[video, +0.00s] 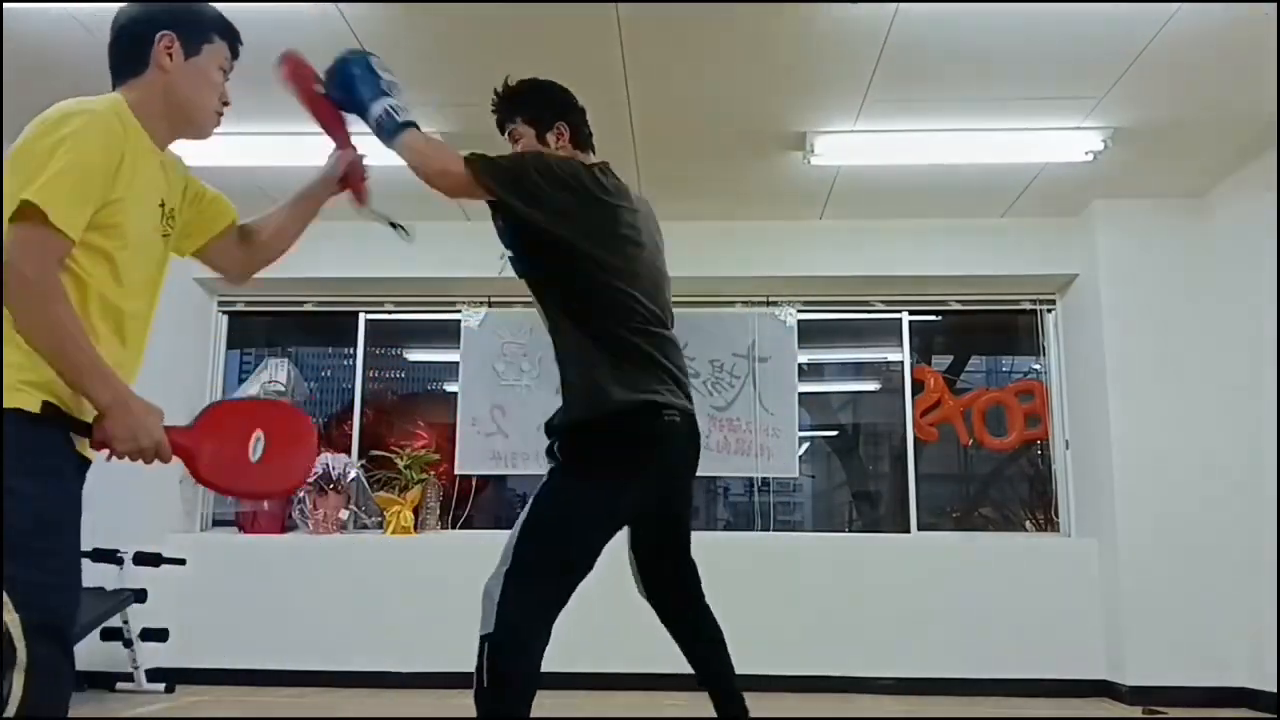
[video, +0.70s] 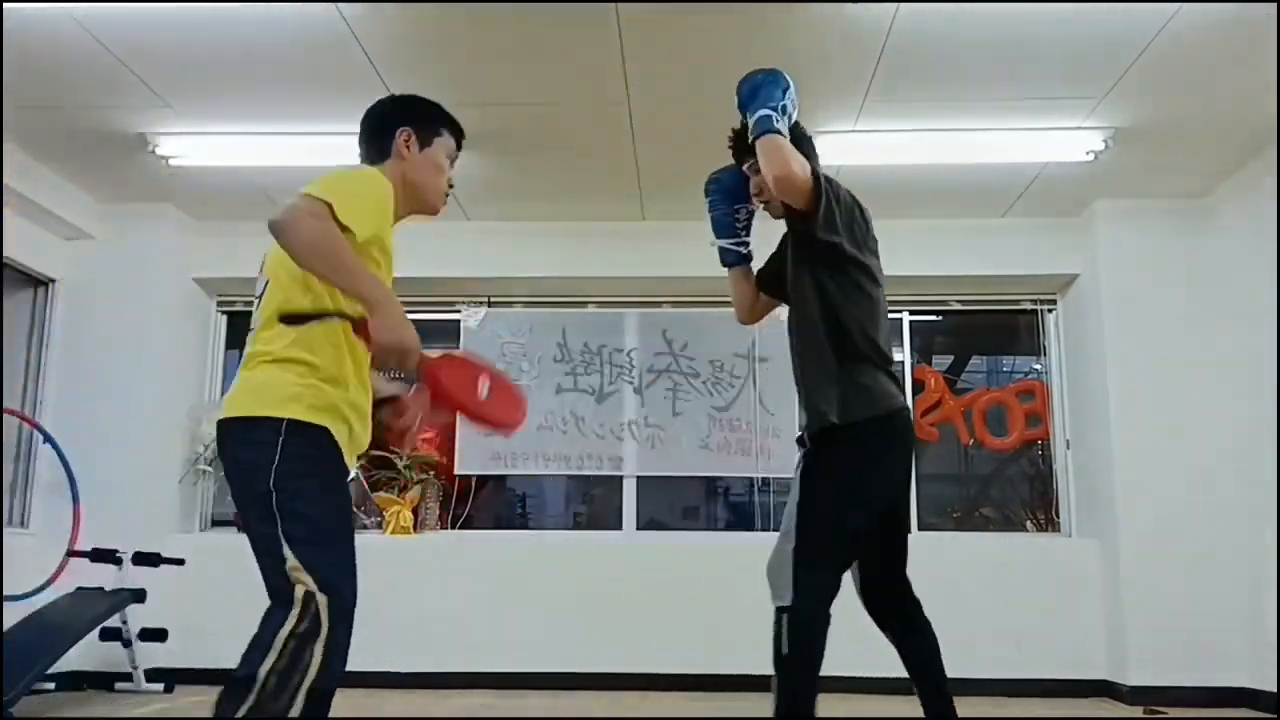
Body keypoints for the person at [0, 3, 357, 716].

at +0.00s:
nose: (228, 94)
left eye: (232, 78)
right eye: (221, 70)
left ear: (169, 61)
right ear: (167, 53)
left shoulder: (168, 179)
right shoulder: (89, 129)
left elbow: (240, 255)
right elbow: (25, 272)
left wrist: (322, 188)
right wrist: (114, 398)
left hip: (56, 432)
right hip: (20, 423)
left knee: (42, 654)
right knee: (34, 657)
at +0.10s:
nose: (262, 113)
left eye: (264, 94)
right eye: (256, 87)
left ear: (208, 76)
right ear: (205, 69)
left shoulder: (173, 188)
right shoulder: (131, 143)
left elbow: (134, 302)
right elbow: (73, 296)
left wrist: (228, 307)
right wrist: (147, 434)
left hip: (73, 432)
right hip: (37, 424)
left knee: (76, 634)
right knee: (72, 634)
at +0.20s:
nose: (280, 156)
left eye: (283, 137)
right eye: (279, 131)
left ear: (221, 115)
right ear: (238, 110)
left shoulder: (107, 176)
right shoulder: (220, 167)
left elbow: (14, 269)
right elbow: (226, 274)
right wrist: (345, 380)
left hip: (35, 419)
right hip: (91, 427)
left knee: (100, 616)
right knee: (121, 651)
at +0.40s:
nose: (327, 179)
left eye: (329, 168)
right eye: (325, 165)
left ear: (247, 155)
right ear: (286, 150)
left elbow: (65, 317)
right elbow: (455, 237)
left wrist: (92, 397)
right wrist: (524, 209)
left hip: (125, 449)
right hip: (202, 443)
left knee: (247, 605)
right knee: (152, 650)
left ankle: (237, 715)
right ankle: (70, 713)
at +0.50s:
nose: (359, 199)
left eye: (362, 187)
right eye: (356, 183)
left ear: (274, 177)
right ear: (321, 169)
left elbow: (141, 360)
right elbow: (463, 307)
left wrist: (187, 436)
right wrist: (441, 351)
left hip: (171, 462)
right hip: (253, 453)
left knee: (285, 638)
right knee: (213, 635)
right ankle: (102, 713)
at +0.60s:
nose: (404, 207)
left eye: (406, 191)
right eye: (401, 187)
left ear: (334, 180)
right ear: (365, 175)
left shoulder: (240, 246)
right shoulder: (364, 222)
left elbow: (206, 368)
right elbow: (384, 308)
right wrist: (421, 415)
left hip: (211, 446)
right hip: (278, 443)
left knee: (305, 636)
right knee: (271, 628)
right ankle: (163, 711)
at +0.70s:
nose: (451, 180)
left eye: (454, 166)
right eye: (447, 160)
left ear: (408, 151)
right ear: (406, 146)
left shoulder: (366, 233)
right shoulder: (368, 185)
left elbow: (306, 350)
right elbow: (295, 220)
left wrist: (384, 395)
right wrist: (384, 305)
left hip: (302, 426)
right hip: (283, 418)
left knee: (325, 609)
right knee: (312, 603)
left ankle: (294, 711)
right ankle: (248, 711)